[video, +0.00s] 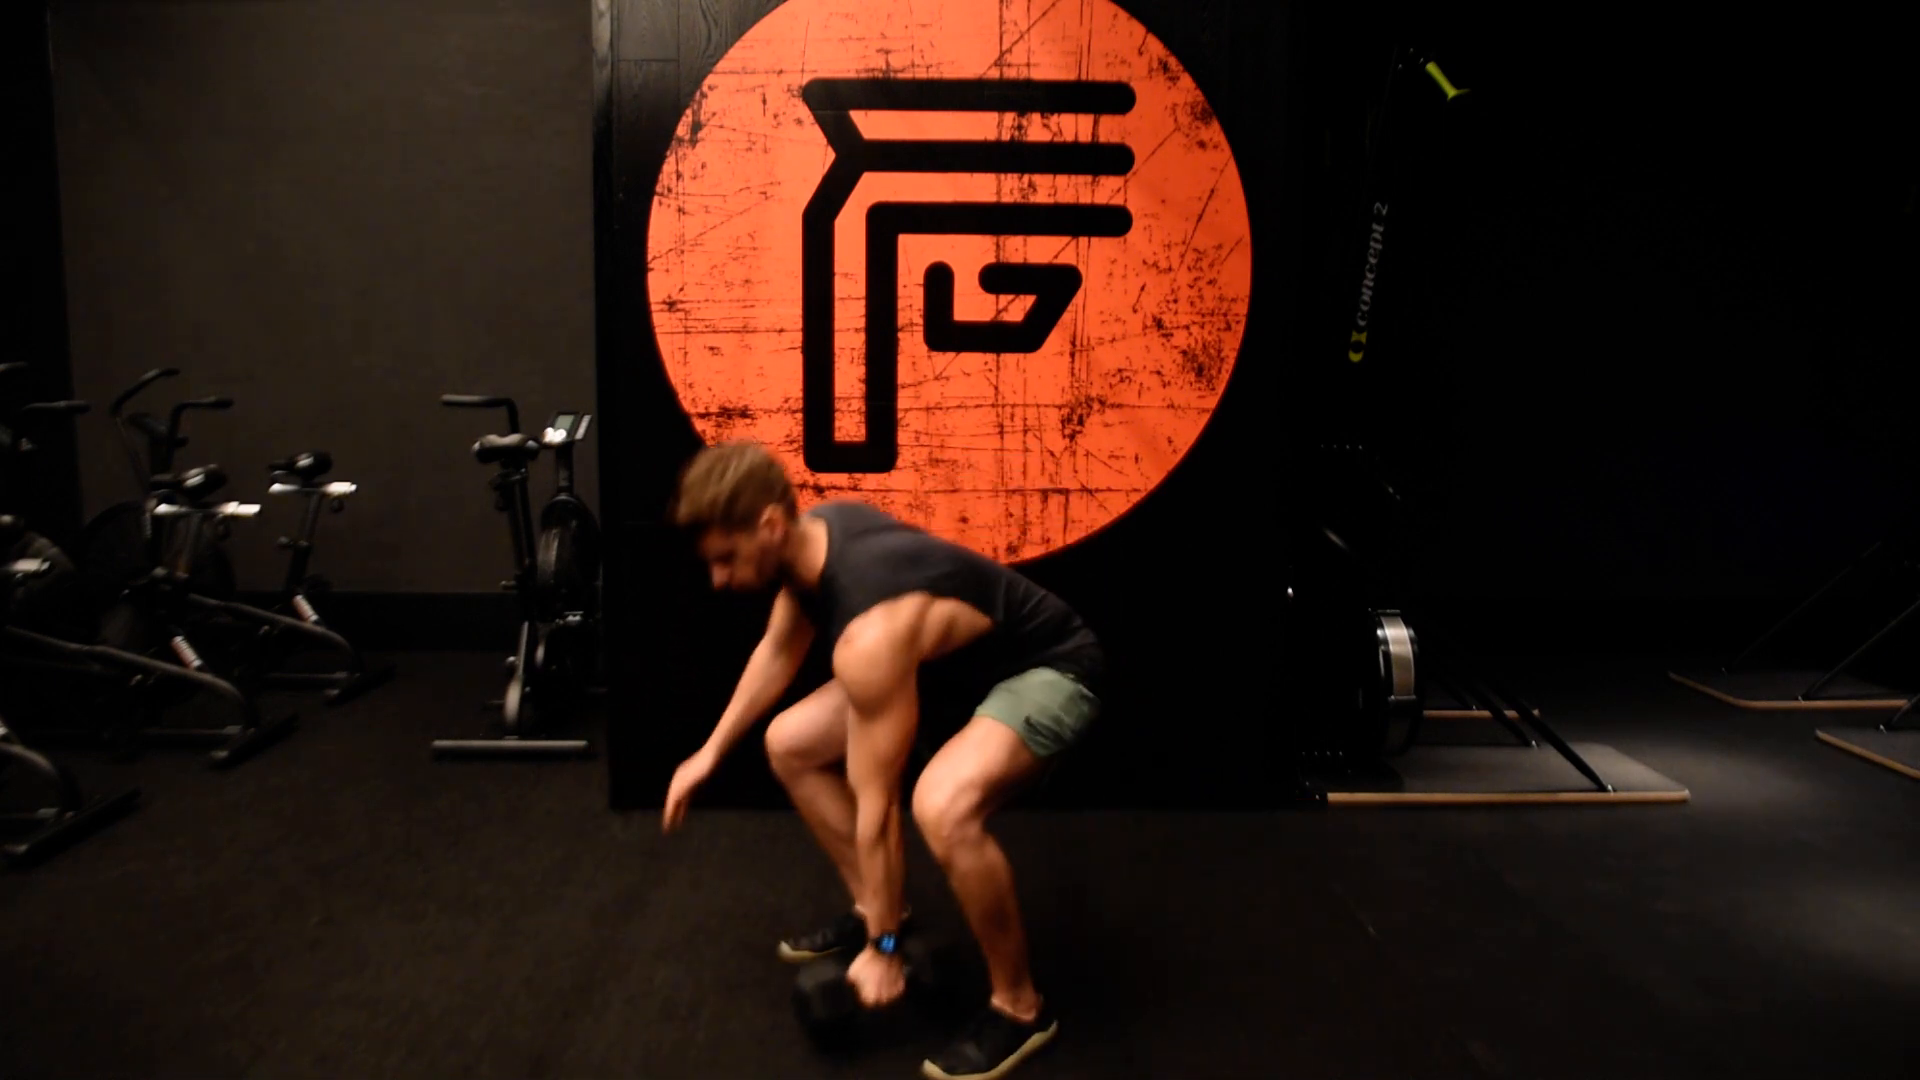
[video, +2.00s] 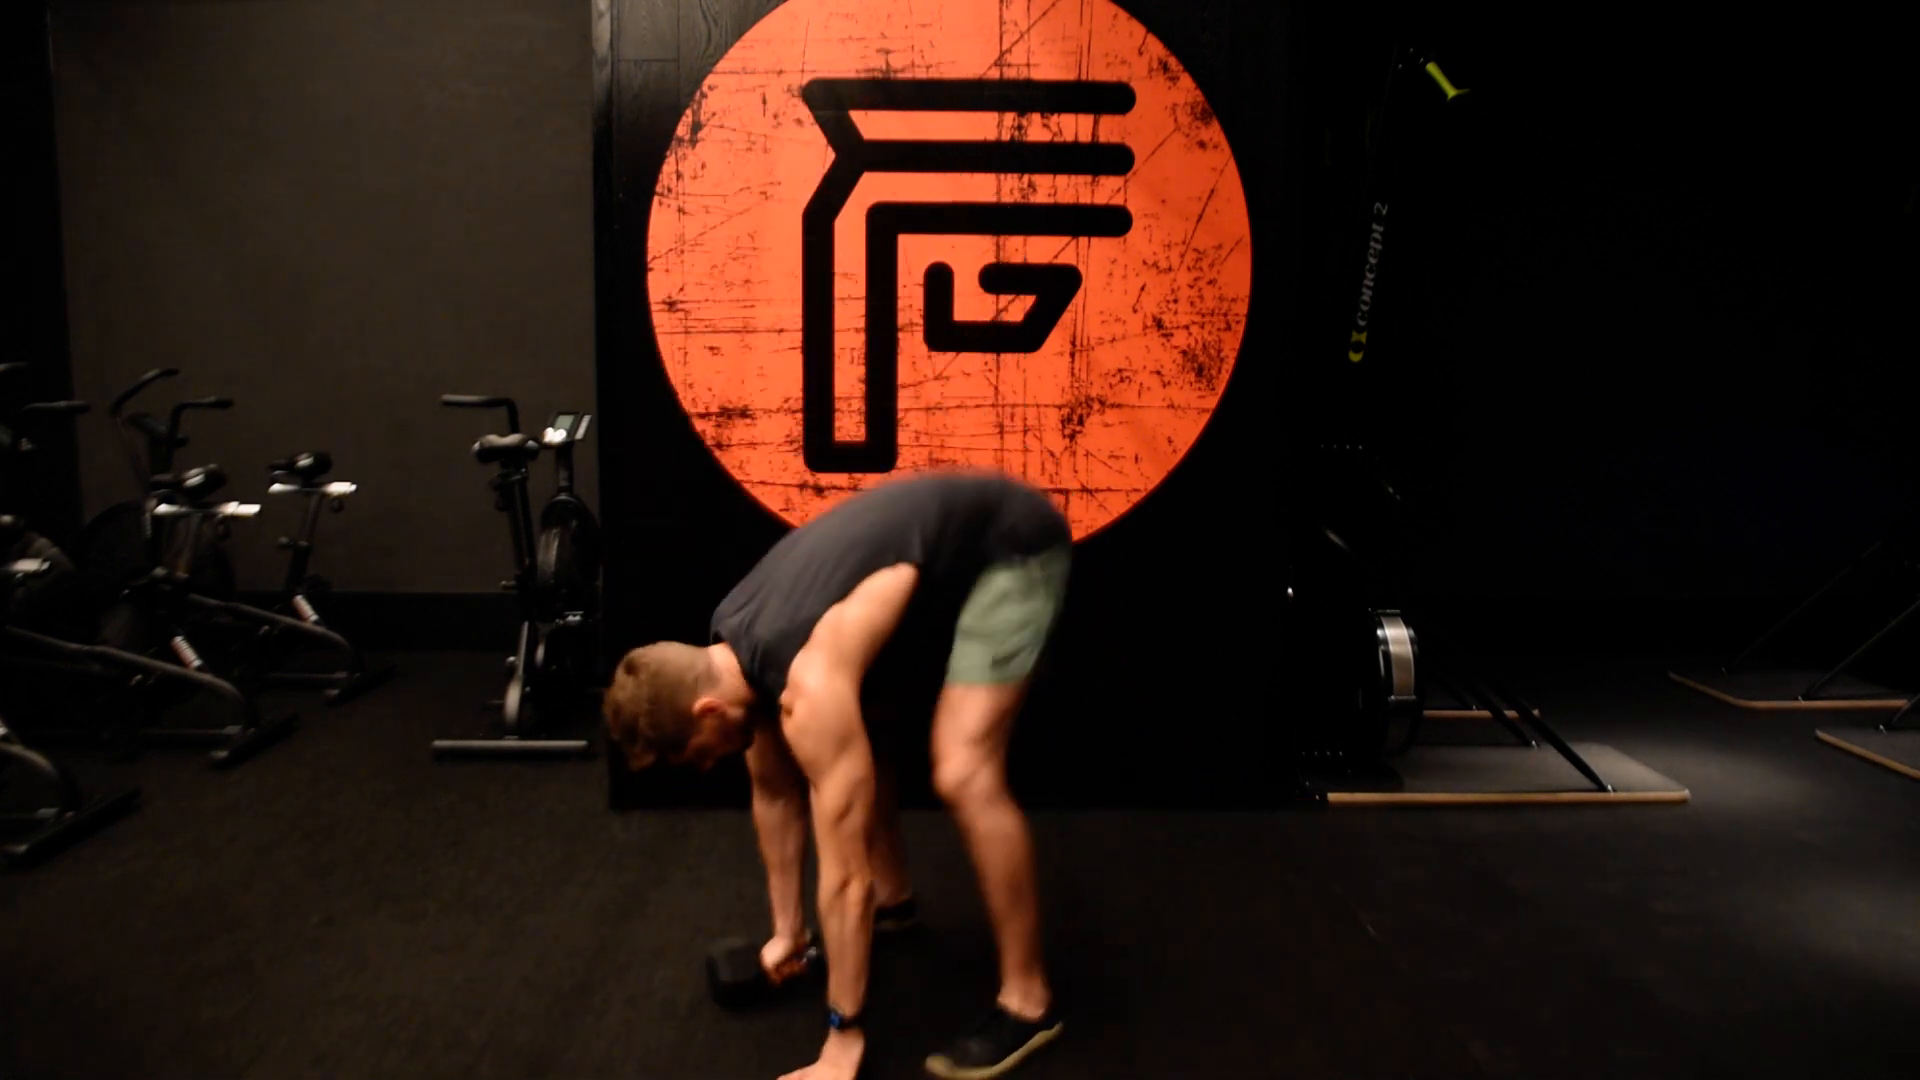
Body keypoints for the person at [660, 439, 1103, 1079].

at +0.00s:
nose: (718, 579)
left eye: (725, 559)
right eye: (709, 563)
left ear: (771, 524)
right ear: (770, 520)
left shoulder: (869, 633)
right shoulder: (811, 537)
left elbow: (877, 807)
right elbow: (778, 652)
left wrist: (884, 949)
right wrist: (710, 753)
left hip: (1052, 662)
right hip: (961, 657)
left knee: (943, 804)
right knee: (792, 744)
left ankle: (1019, 1006)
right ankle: (874, 913)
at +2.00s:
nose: (715, 763)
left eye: (703, 753)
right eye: (699, 762)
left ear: (710, 711)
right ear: (705, 703)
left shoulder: (810, 683)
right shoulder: (735, 642)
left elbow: (850, 879)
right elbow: (774, 794)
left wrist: (844, 1036)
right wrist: (788, 935)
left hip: (1014, 539)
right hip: (925, 540)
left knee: (965, 770)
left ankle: (1027, 1000)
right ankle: (889, 895)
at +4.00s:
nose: (662, 787)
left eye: (652, 775)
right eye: (646, 781)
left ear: (674, 736)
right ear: (665, 706)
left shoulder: (796, 731)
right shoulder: (725, 673)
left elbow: (867, 900)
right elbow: (771, 810)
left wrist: (877, 1049)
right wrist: (793, 936)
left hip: (1031, 623)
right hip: (957, 612)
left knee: (1155, 814)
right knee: (1084, 745)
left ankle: (1344, 840)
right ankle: (1153, 756)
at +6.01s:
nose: (661, 310)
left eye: (664, 288)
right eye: (650, 294)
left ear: (711, 251)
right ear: (702, 261)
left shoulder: (822, 345)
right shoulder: (765, 332)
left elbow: (858, 525)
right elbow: (800, 464)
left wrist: (819, 662)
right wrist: (747, 589)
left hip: (979, 545)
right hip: (892, 545)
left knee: (946, 751)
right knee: (834, 708)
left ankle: (960, 996)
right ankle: (838, 903)